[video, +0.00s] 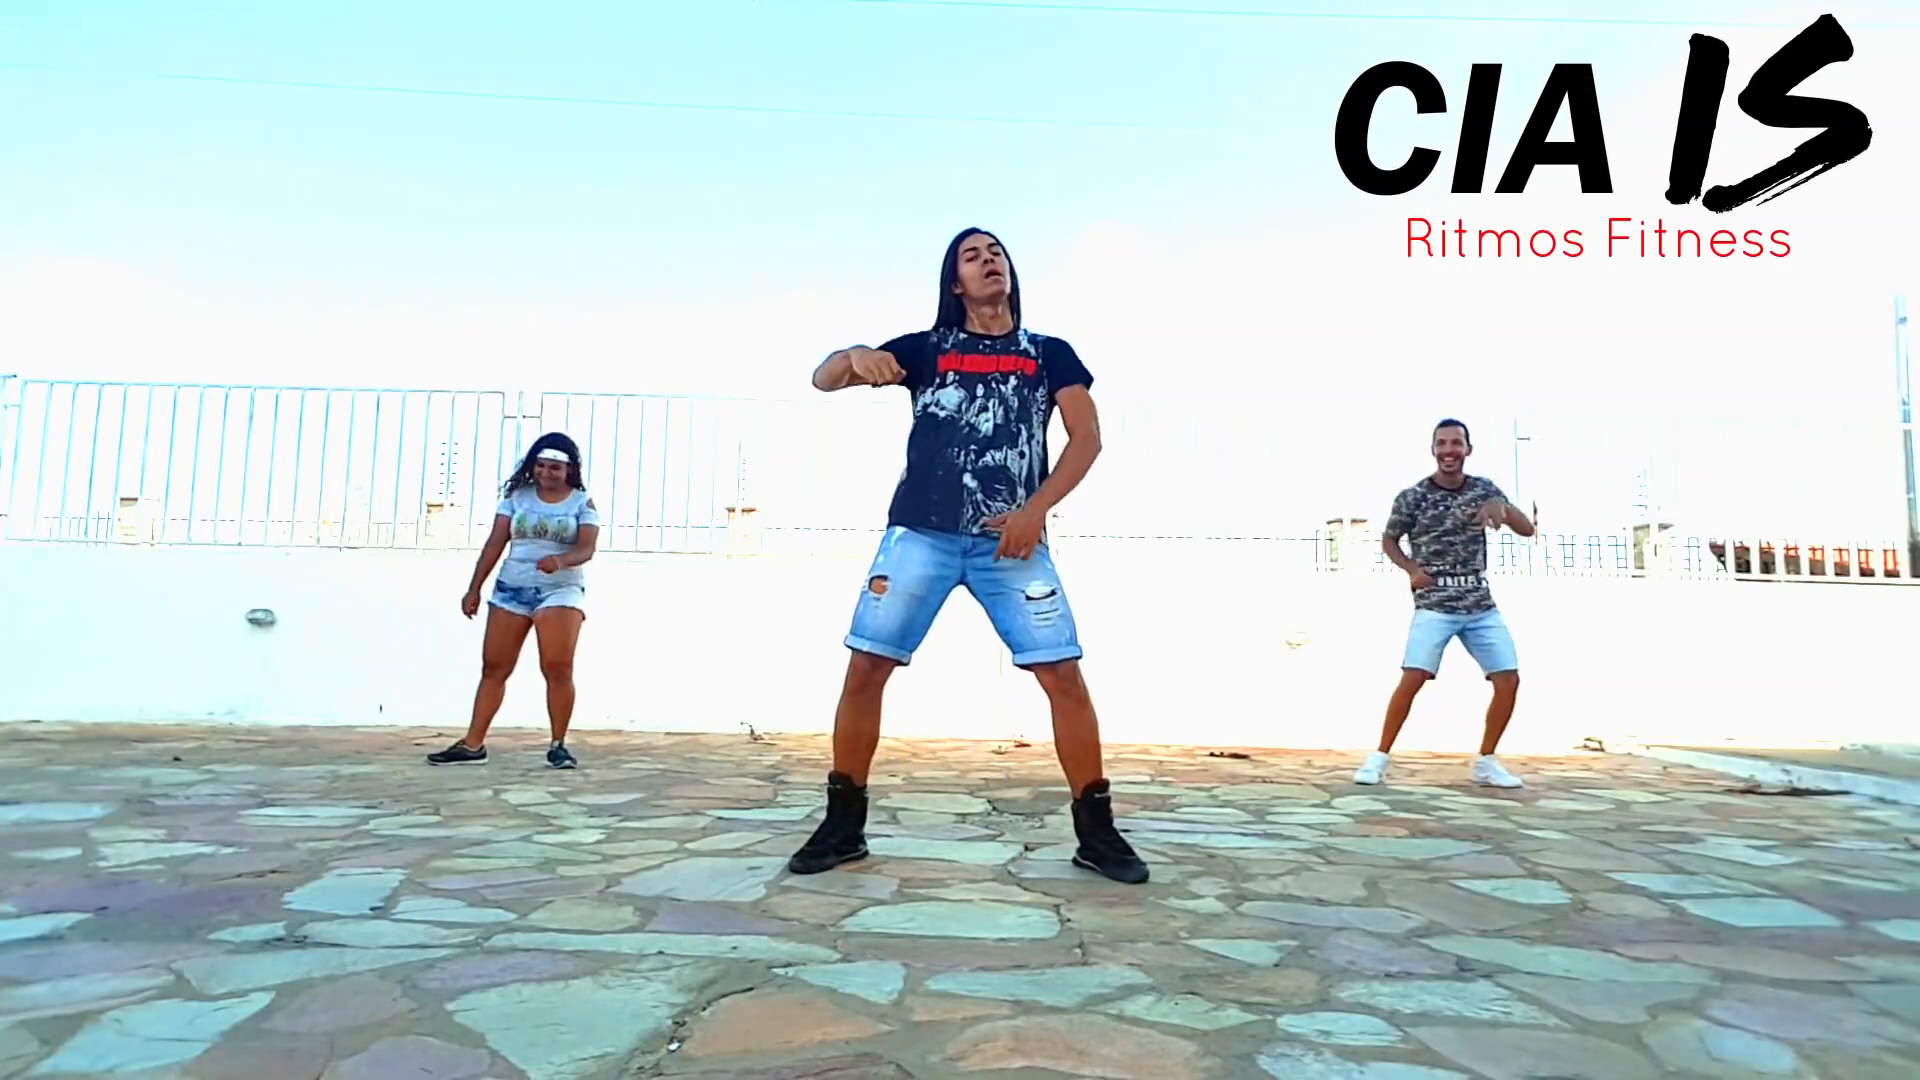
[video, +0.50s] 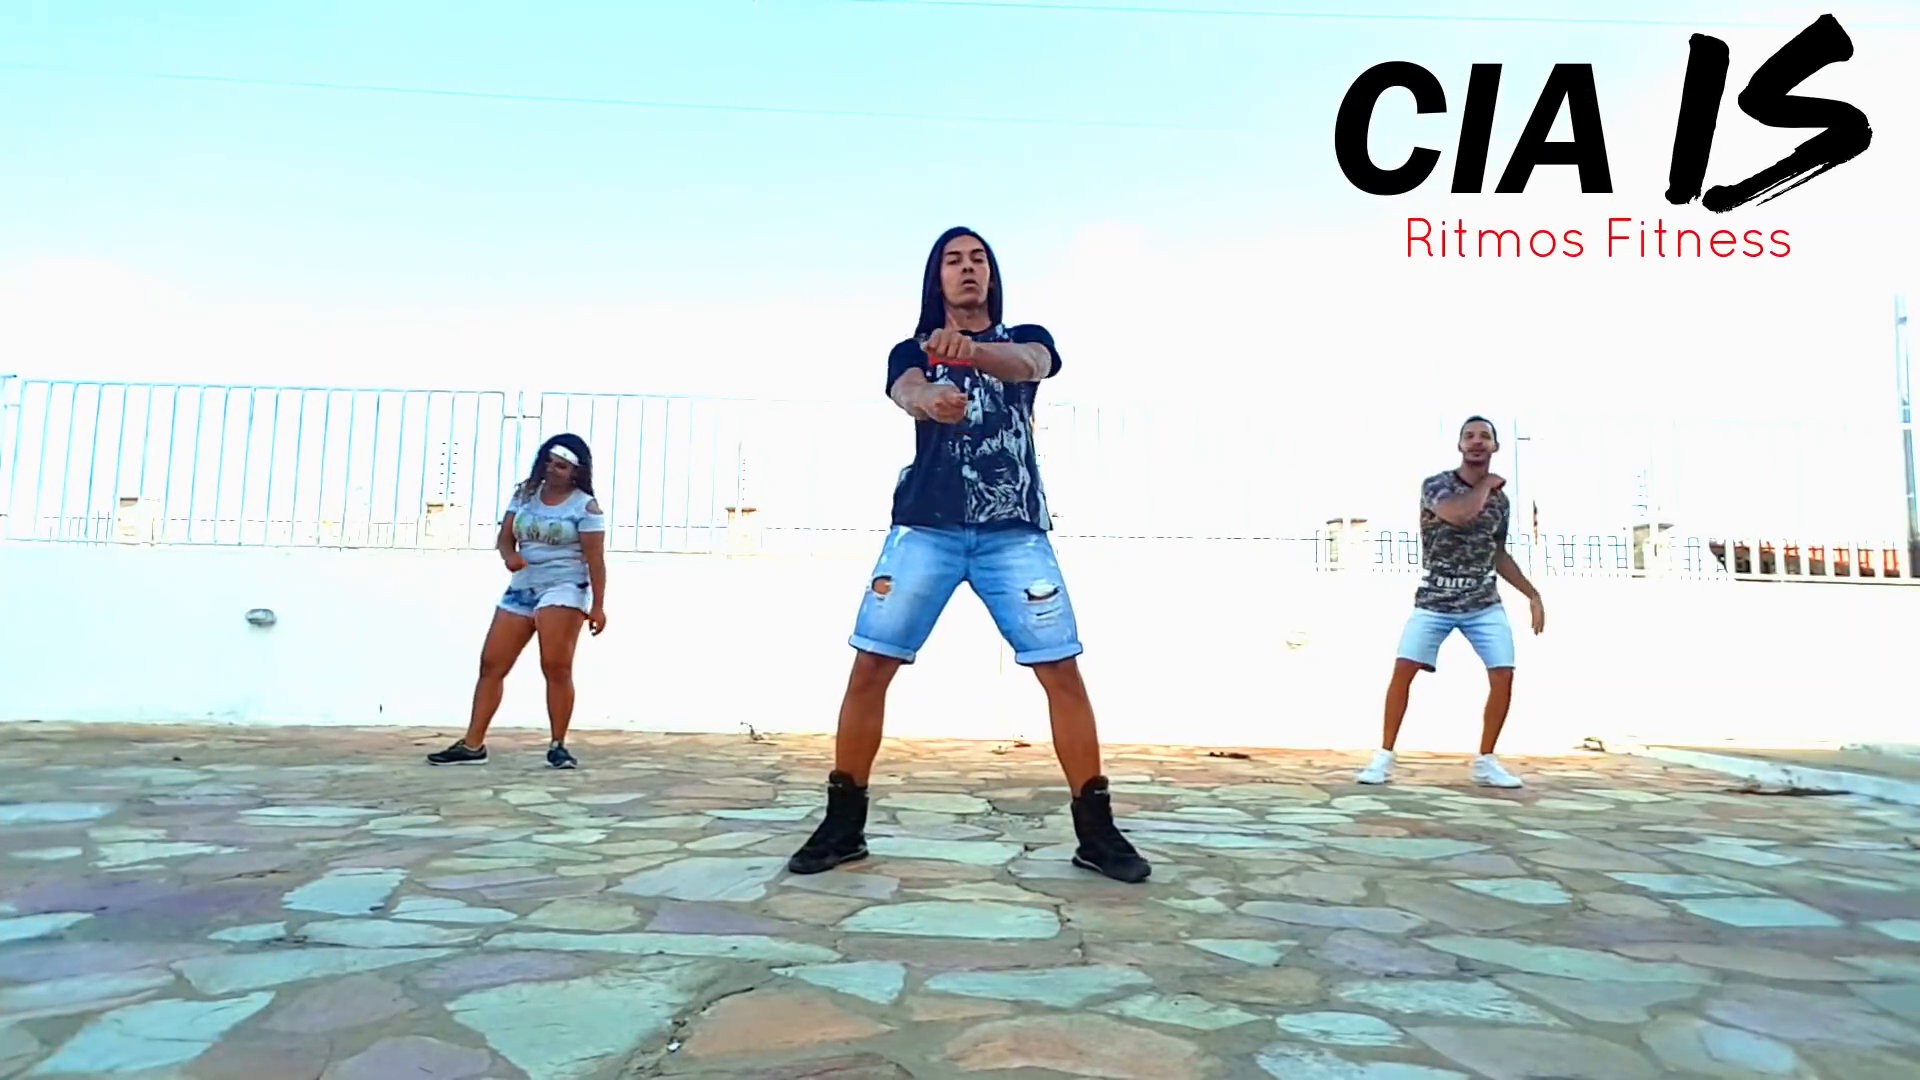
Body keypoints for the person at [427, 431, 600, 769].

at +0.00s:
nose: (549, 473)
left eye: (557, 468)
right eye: (543, 466)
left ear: (570, 470)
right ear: (533, 467)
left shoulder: (582, 504)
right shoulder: (515, 498)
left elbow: (586, 549)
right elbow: (495, 544)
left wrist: (562, 560)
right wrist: (475, 587)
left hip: (559, 593)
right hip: (511, 590)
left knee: (558, 668)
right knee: (493, 668)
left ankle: (558, 745)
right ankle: (472, 743)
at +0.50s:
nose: (556, 468)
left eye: (565, 465)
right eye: (552, 461)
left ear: (577, 471)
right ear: (543, 462)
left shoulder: (585, 506)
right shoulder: (524, 493)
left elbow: (595, 560)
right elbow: (504, 538)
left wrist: (598, 605)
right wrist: (510, 556)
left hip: (564, 587)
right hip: (522, 586)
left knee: (556, 666)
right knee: (491, 664)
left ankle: (558, 745)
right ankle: (472, 743)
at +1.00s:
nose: (535, 458)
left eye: (543, 452)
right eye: (529, 453)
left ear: (559, 458)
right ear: (524, 459)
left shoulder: (574, 501)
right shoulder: (507, 494)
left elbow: (573, 550)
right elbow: (486, 541)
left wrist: (529, 541)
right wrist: (465, 584)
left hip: (554, 591)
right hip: (504, 588)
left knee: (556, 667)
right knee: (481, 666)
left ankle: (559, 744)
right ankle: (471, 744)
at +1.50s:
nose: (505, 452)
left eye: (513, 447)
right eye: (498, 448)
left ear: (526, 456)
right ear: (490, 459)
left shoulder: (543, 494)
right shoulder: (481, 497)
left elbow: (564, 543)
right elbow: (467, 541)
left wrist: (583, 585)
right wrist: (468, 567)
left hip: (528, 590)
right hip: (481, 589)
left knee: (534, 668)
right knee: (470, 664)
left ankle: (555, 744)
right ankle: (471, 744)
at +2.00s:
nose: (519, 454)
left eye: (525, 449)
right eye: (512, 450)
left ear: (538, 458)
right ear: (501, 458)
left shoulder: (550, 494)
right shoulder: (488, 499)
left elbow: (556, 528)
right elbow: (472, 539)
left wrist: (547, 540)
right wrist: (450, 569)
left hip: (535, 586)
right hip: (486, 586)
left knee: (546, 667)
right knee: (473, 667)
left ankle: (558, 744)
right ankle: (471, 744)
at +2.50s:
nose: (522, 458)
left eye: (530, 452)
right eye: (517, 453)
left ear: (548, 459)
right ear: (511, 460)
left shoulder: (561, 494)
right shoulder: (498, 493)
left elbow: (563, 515)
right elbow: (486, 520)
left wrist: (549, 519)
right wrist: (479, 534)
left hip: (542, 585)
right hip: (495, 584)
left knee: (550, 666)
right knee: (475, 665)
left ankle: (558, 744)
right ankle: (471, 743)